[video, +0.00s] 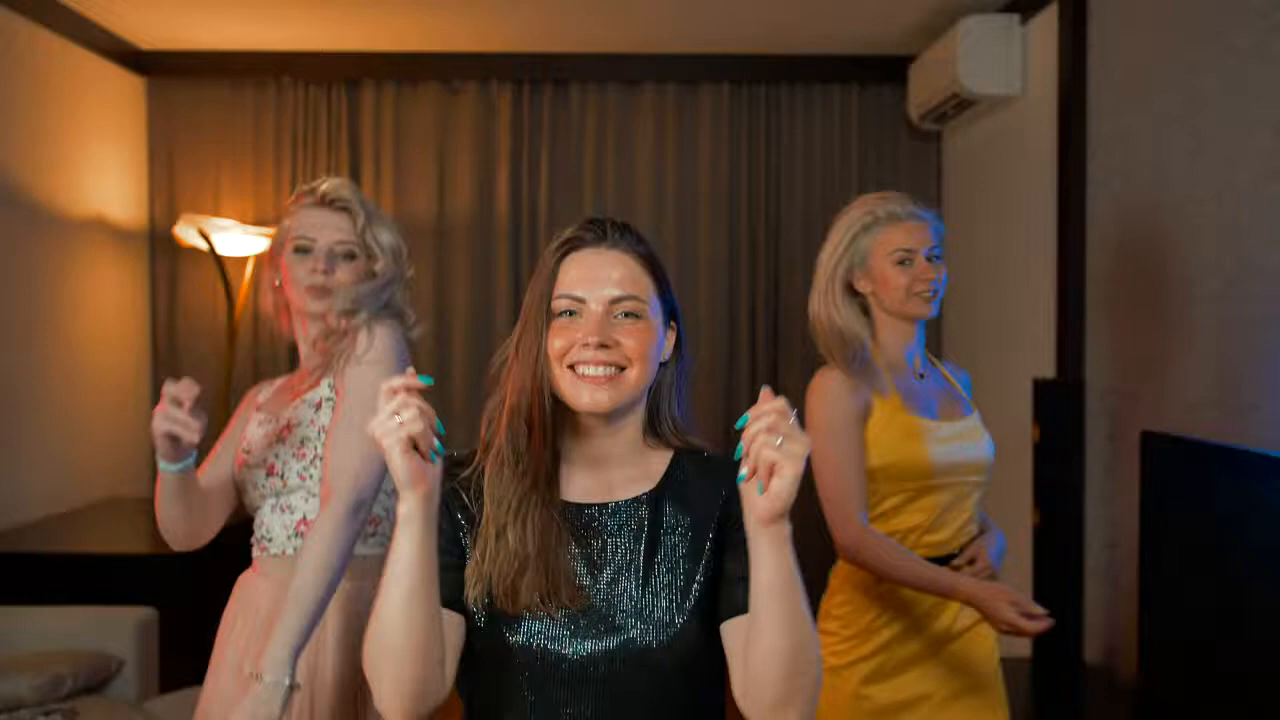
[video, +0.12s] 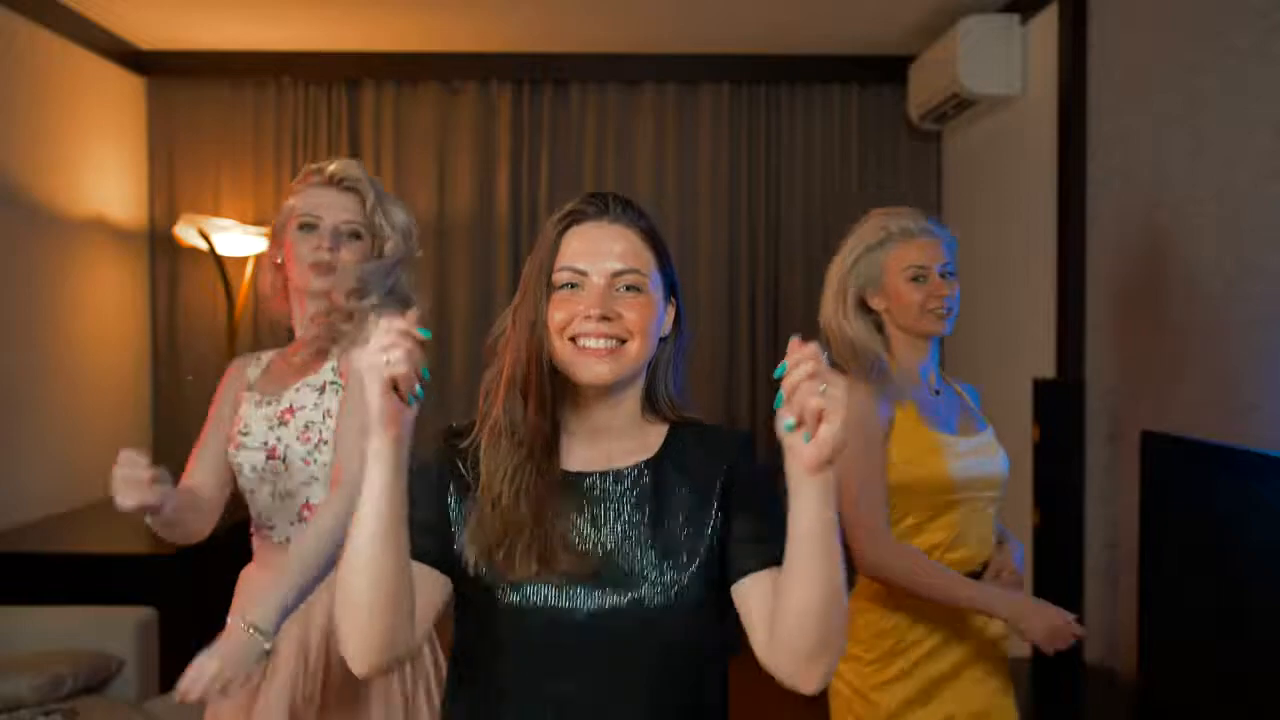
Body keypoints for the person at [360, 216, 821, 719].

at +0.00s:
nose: (595, 335)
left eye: (626, 313)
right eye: (567, 313)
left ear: (667, 343)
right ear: (536, 339)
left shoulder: (719, 494)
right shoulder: (473, 496)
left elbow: (778, 705)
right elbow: (401, 698)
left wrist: (769, 528)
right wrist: (416, 500)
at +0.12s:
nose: (597, 306)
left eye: (628, 285)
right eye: (569, 284)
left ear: (667, 320)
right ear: (535, 313)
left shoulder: (721, 468)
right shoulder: (472, 468)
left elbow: (803, 666)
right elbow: (368, 647)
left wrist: (812, 472)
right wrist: (388, 435)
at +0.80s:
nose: (610, 352)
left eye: (642, 326)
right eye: (583, 326)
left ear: (684, 348)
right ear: (554, 347)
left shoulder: (736, 495)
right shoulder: (515, 497)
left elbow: (756, 673)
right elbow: (430, 675)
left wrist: (801, 524)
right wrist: (499, 472)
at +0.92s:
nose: (602, 381)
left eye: (635, 356)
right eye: (576, 351)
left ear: (671, 380)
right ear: (541, 370)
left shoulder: (725, 504)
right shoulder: (485, 521)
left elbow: (744, 673)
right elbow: (445, 709)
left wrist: (755, 697)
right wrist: (515, 546)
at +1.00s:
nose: (601, 368)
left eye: (632, 344)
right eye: (573, 339)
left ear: (668, 368)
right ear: (536, 357)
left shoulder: (715, 488)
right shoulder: (493, 503)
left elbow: (754, 682)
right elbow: (429, 704)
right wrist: (479, 527)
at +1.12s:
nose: (603, 330)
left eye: (636, 304)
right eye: (574, 300)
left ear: (671, 331)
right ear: (534, 320)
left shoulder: (712, 459)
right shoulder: (463, 461)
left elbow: (773, 687)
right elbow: (410, 667)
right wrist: (391, 609)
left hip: (675, 707)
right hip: (513, 708)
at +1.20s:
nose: (610, 344)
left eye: (641, 317)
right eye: (579, 314)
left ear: (679, 344)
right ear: (537, 337)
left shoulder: (724, 491)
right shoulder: (467, 474)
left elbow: (775, 694)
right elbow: (387, 658)